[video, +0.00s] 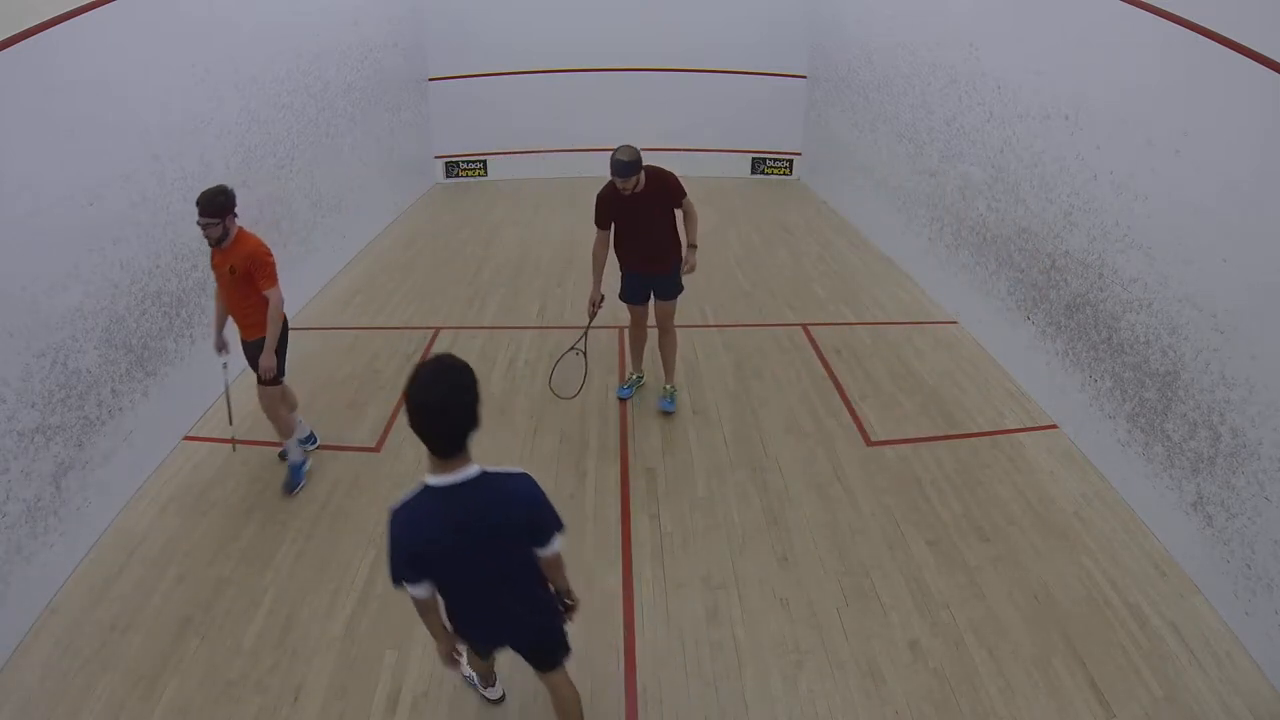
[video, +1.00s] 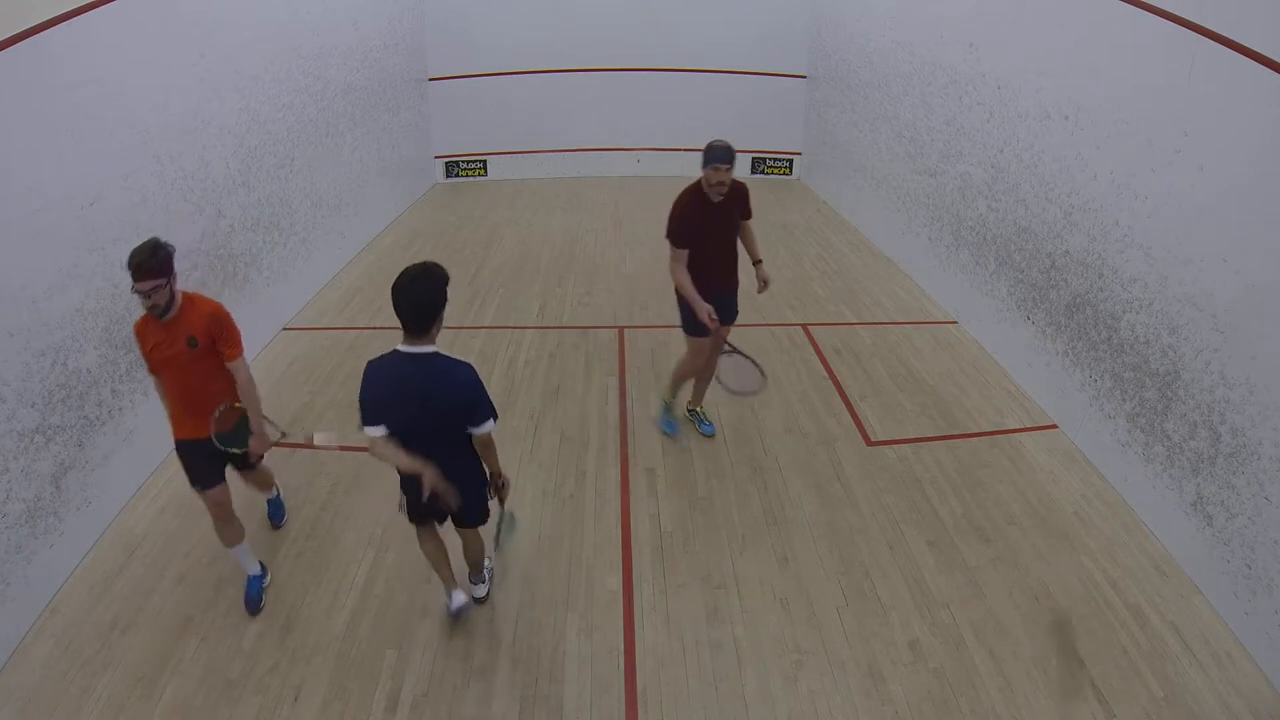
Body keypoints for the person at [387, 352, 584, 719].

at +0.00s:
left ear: (413, 424)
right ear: (476, 415)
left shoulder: (409, 519)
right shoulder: (518, 488)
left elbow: (423, 599)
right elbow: (550, 558)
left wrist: (442, 639)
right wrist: (565, 594)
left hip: (473, 621)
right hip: (530, 609)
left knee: (481, 656)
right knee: (558, 679)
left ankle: (489, 688)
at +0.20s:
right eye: (449, 377)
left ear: (387, 398)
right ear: (446, 392)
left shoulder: (376, 478)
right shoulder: (481, 463)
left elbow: (379, 542)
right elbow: (519, 528)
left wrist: (405, 572)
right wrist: (539, 562)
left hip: (446, 586)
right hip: (502, 574)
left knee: (471, 633)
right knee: (530, 621)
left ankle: (488, 685)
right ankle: (551, 703)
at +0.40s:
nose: (439, 371)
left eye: (437, 363)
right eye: (437, 365)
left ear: (381, 378)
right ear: (432, 378)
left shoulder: (367, 451)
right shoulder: (464, 444)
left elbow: (367, 510)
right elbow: (501, 514)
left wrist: (392, 523)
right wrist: (522, 553)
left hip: (432, 567)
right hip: (484, 555)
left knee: (467, 626)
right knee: (501, 600)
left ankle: (488, 684)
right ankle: (509, 651)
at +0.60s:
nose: (439, 356)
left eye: (437, 348)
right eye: (438, 349)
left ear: (385, 359)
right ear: (431, 362)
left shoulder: (368, 428)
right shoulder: (459, 424)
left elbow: (366, 487)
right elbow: (490, 501)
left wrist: (397, 506)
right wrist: (508, 546)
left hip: (424, 544)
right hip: (471, 534)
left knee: (460, 611)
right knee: (482, 574)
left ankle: (486, 680)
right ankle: (484, 594)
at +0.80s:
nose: (446, 335)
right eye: (445, 329)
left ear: (394, 337)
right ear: (440, 343)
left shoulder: (374, 402)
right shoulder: (464, 399)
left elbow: (362, 465)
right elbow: (483, 473)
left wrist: (387, 508)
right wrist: (498, 520)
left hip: (421, 514)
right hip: (467, 504)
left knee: (445, 581)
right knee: (474, 542)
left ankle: (475, 658)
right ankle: (478, 583)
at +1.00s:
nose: (446, 314)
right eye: (445, 308)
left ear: (398, 315)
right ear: (441, 319)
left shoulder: (377, 371)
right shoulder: (460, 374)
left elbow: (377, 443)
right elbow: (483, 439)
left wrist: (423, 469)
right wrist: (496, 473)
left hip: (415, 481)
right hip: (462, 476)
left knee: (425, 528)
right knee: (469, 530)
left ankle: (453, 593)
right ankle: (478, 582)